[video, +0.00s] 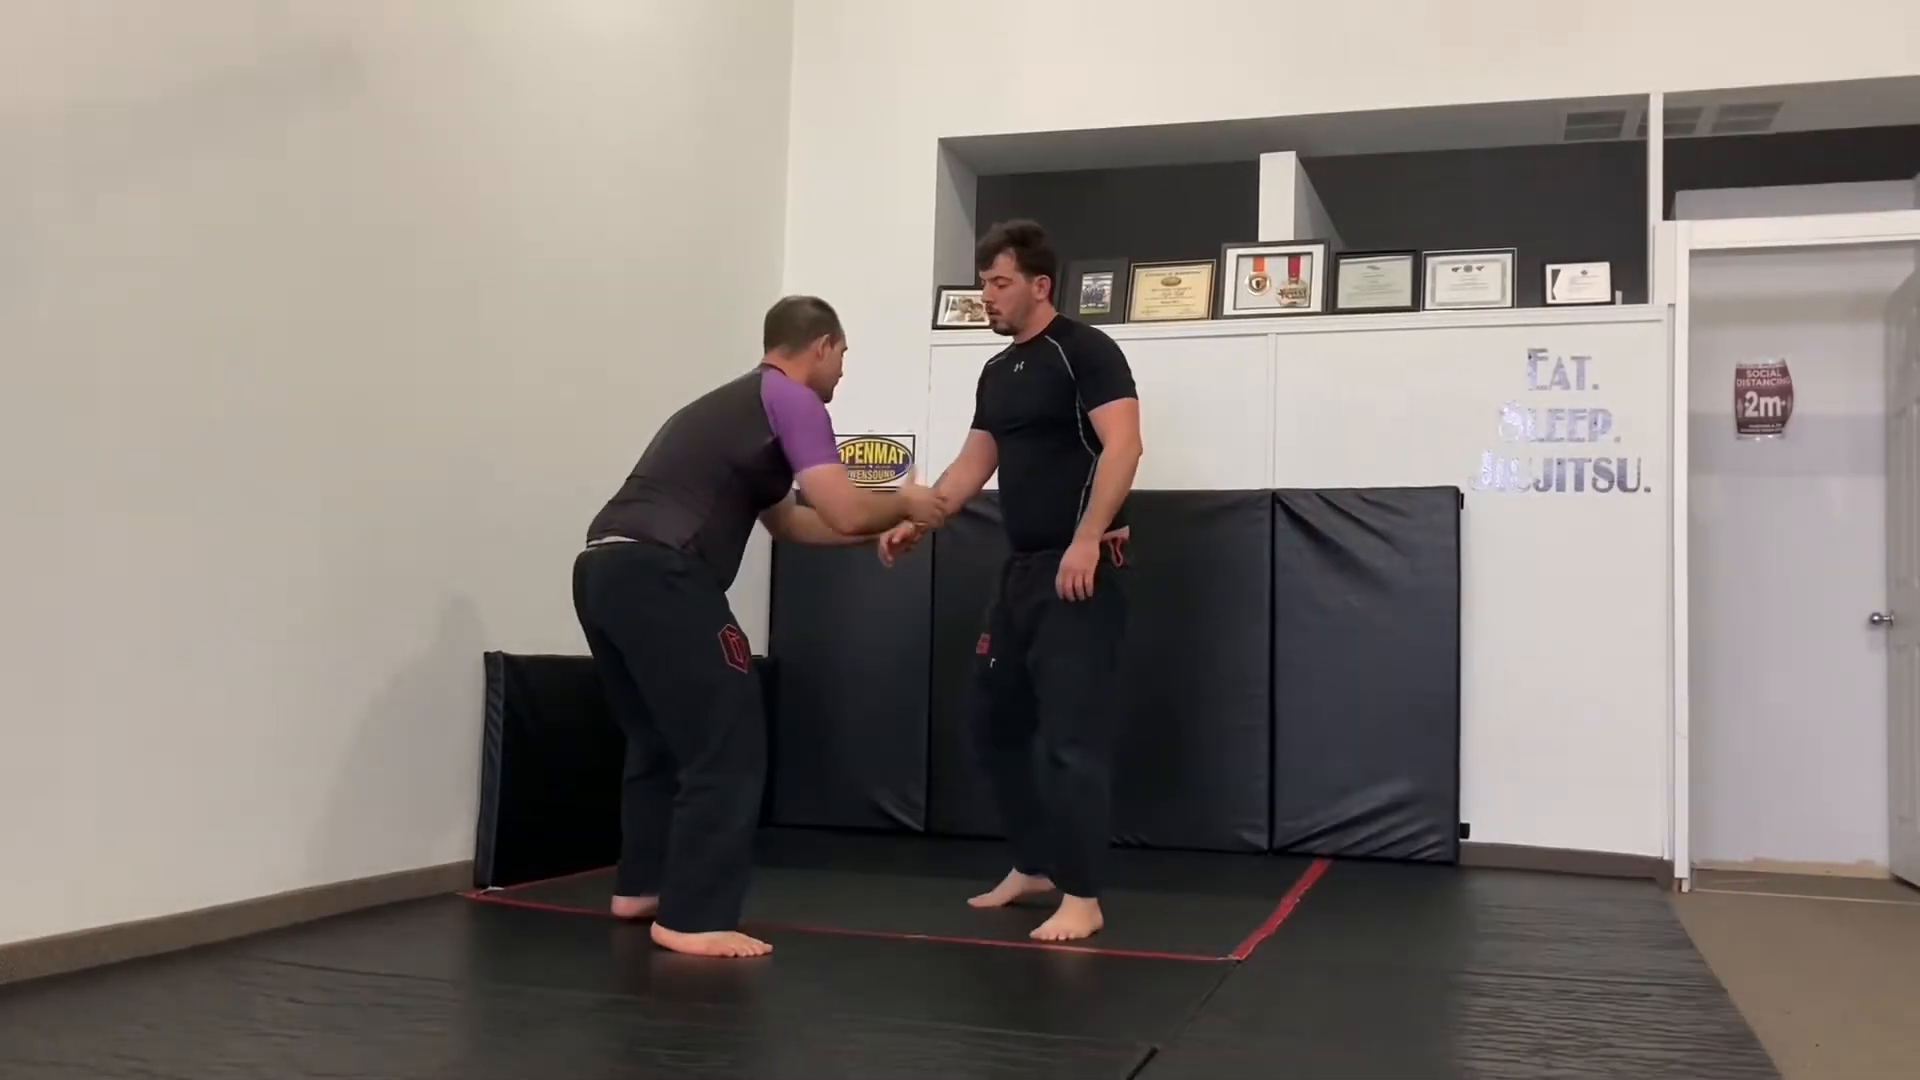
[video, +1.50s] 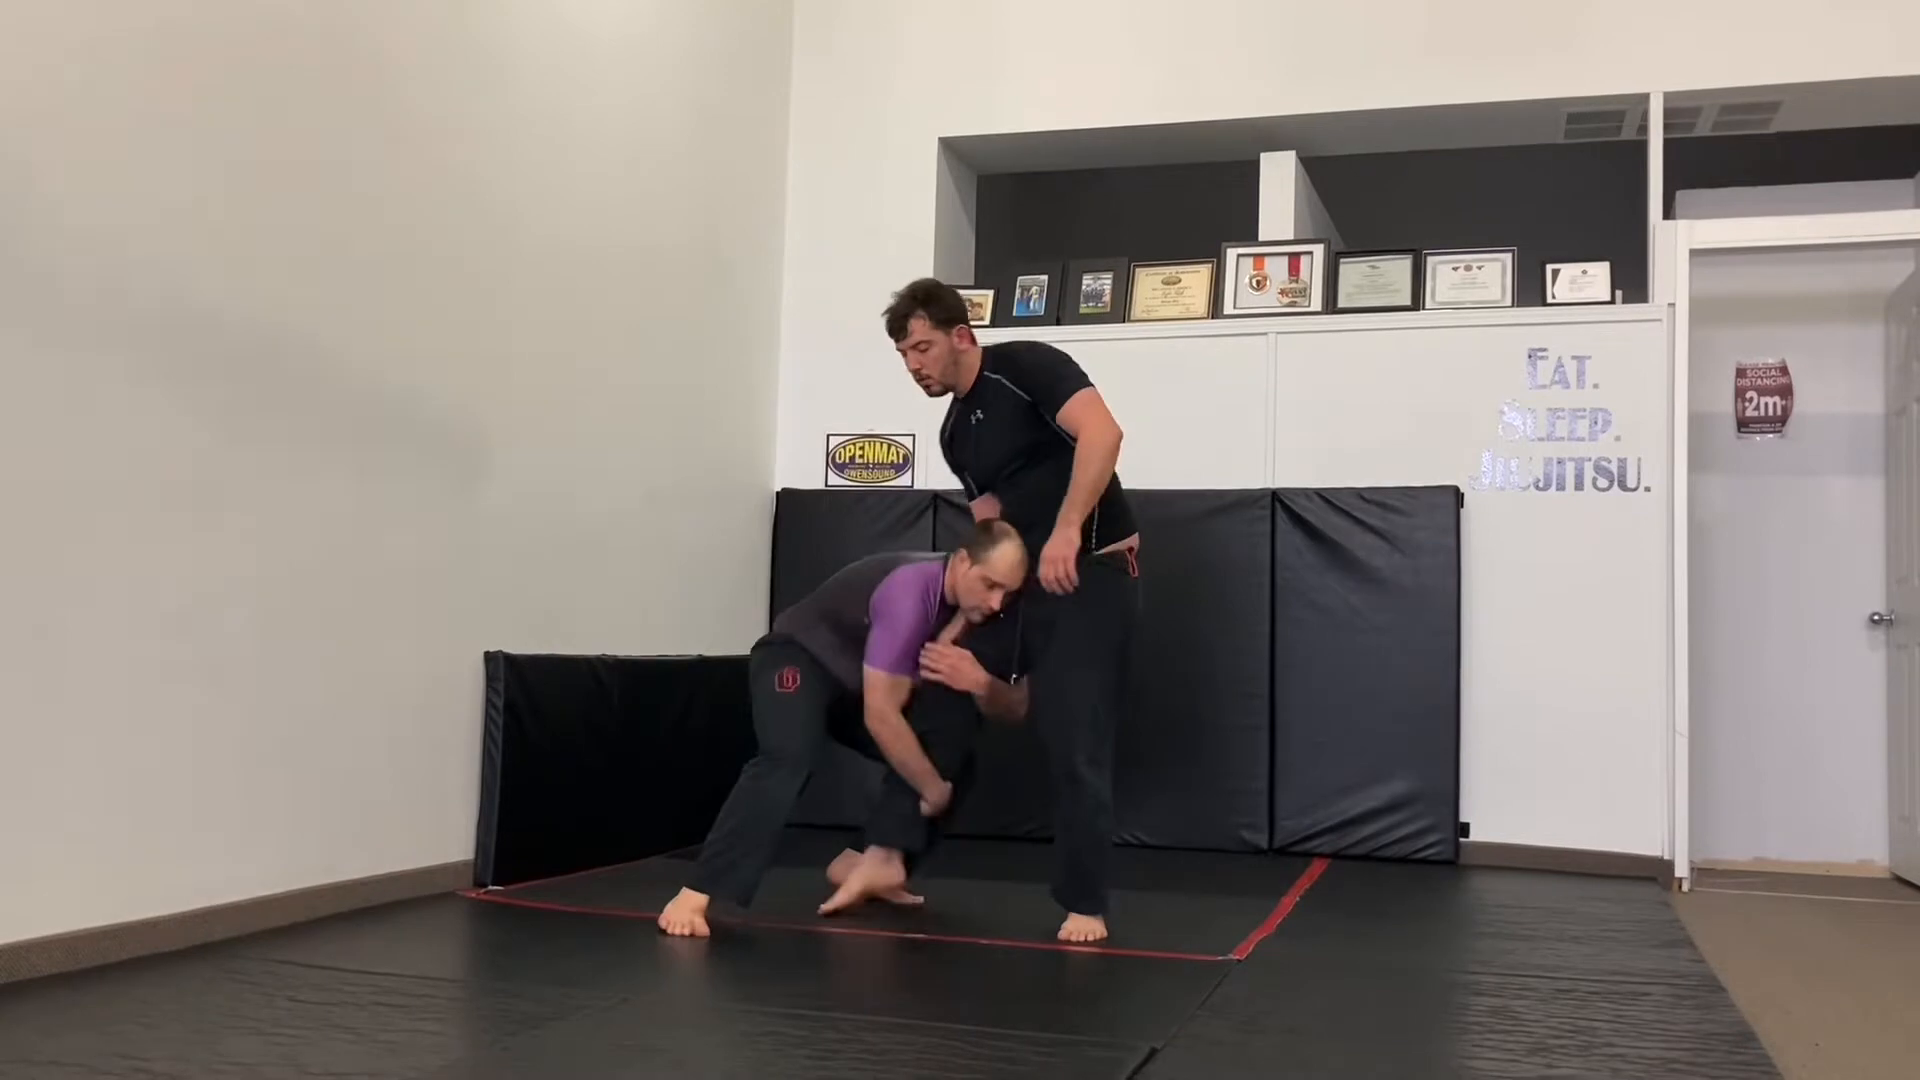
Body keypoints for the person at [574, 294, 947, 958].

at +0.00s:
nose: (841, 369)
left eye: (841, 356)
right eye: (840, 355)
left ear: (776, 349)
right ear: (821, 349)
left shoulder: (735, 403)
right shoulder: (792, 399)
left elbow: (788, 523)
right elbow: (849, 510)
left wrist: (879, 527)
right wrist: (907, 499)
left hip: (602, 571)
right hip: (660, 576)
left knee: (656, 737)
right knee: (729, 738)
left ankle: (639, 886)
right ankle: (694, 919)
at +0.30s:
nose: (831, 393)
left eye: (832, 379)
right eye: (829, 377)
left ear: (769, 367)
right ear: (803, 367)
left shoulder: (718, 415)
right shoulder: (783, 411)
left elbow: (741, 537)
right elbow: (877, 485)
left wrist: (837, 538)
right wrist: (952, 486)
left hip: (579, 574)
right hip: (636, 579)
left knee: (616, 741)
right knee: (707, 739)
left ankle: (581, 892)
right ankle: (687, 920)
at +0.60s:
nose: (871, 453)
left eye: (877, 443)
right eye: (869, 440)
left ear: (822, 420)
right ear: (833, 420)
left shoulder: (761, 450)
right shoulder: (801, 457)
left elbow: (734, 561)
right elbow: (861, 552)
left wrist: (796, 590)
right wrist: (915, 512)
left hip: (594, 579)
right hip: (632, 586)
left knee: (635, 737)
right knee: (709, 726)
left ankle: (587, 885)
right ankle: (668, 886)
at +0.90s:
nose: (931, 550)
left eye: (939, 539)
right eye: (925, 533)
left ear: (894, 502)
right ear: (890, 504)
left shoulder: (868, 528)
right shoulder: (846, 528)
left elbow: (859, 640)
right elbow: (867, 644)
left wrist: (893, 703)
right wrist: (912, 570)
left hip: (732, 623)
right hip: (682, 614)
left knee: (806, 726)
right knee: (750, 747)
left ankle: (810, 859)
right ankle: (672, 895)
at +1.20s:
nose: (988, 632)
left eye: (996, 623)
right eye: (982, 617)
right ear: (949, 589)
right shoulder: (897, 623)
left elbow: (1007, 682)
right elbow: (882, 757)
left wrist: (1032, 739)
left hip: (834, 692)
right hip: (767, 675)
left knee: (937, 746)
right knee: (803, 773)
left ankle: (854, 870)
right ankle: (699, 898)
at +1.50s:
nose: (996, 602)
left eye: (1009, 593)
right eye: (989, 586)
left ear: (1018, 586)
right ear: (960, 562)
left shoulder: (998, 612)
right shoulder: (908, 593)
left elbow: (1017, 708)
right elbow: (880, 713)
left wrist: (983, 685)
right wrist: (931, 785)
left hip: (859, 684)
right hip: (796, 659)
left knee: (947, 729)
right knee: (788, 758)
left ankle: (872, 859)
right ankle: (696, 894)